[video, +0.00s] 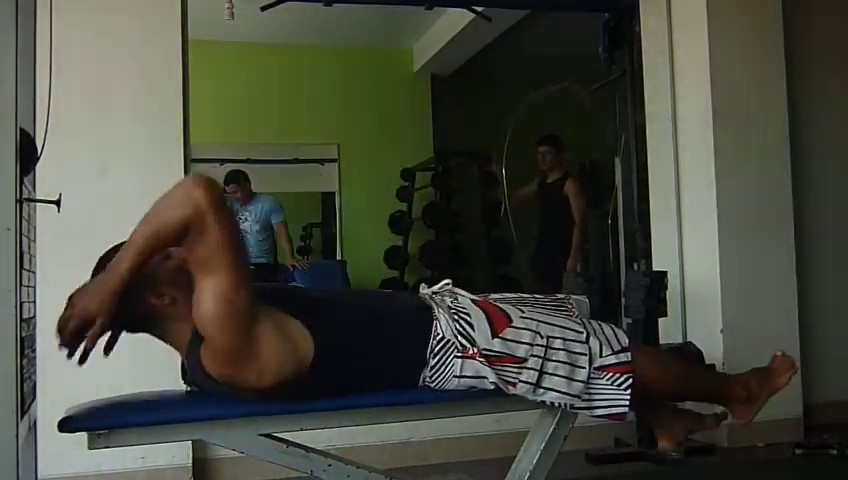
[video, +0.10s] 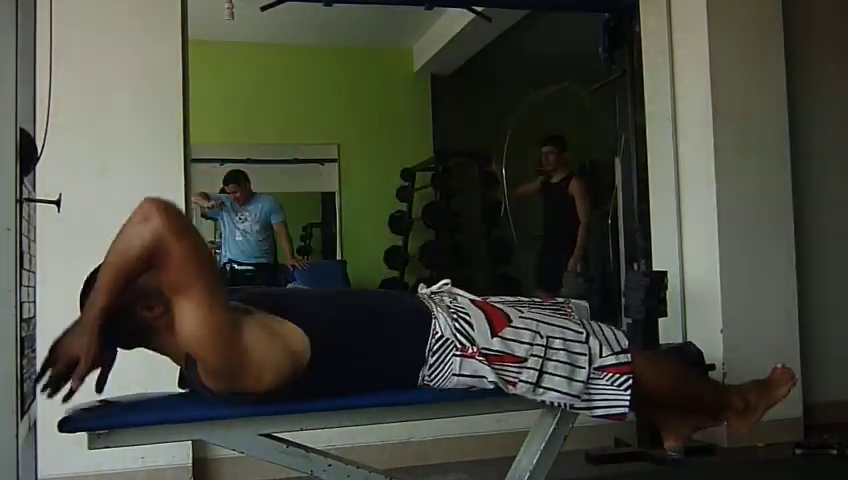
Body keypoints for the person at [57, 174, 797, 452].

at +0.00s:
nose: (192, 261)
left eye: (182, 256)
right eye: (177, 261)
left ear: (160, 300)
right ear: (170, 293)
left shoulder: (222, 334)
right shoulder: (226, 342)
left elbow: (199, 199)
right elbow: (197, 192)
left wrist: (111, 284)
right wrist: (110, 282)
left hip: (437, 322)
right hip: (451, 340)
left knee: (587, 341)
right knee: (615, 358)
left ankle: (678, 421)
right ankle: (737, 390)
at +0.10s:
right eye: (675, 387)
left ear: (634, 341)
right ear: (658, 365)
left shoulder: (584, 331)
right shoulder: (603, 356)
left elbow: (633, 406)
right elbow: (665, 384)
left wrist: (700, 422)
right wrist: (742, 399)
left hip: (418, 310)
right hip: (423, 327)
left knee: (241, 341)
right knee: (224, 364)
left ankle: (126, 318)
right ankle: (115, 314)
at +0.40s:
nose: (680, 408)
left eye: (681, 398)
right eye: (685, 398)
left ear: (659, 364)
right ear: (673, 380)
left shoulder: (607, 355)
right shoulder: (615, 357)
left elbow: (634, 399)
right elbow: (663, 401)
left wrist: (693, 442)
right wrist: (732, 447)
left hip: (413, 318)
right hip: (406, 329)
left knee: (225, 339)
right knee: (232, 374)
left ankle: (85, 369)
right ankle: (78, 375)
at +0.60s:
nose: (146, 352)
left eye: (136, 356)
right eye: (141, 362)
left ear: (143, 367)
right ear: (151, 374)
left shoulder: (208, 340)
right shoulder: (211, 356)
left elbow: (95, 287)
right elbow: (92, 287)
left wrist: (77, 385)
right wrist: (72, 390)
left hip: (435, 319)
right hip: (440, 339)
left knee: (605, 346)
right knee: (616, 351)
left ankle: (690, 449)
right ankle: (697, 456)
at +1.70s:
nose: (169, 344)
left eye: (159, 349)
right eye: (165, 358)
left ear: (165, 357)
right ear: (174, 373)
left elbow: (130, 278)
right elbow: (129, 281)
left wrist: (92, 373)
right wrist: (80, 383)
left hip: (463, 309)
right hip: (474, 331)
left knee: (609, 319)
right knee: (623, 336)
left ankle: (718, 376)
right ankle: (737, 384)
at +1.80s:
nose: (170, 334)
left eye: (160, 341)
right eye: (166, 347)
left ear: (161, 363)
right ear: (169, 365)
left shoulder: (228, 331)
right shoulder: (234, 362)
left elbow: (131, 273)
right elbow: (126, 278)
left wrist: (98, 373)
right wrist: (82, 382)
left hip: (452, 309)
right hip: (468, 329)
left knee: (584, 262)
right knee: (613, 278)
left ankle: (710, 295)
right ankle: (730, 299)